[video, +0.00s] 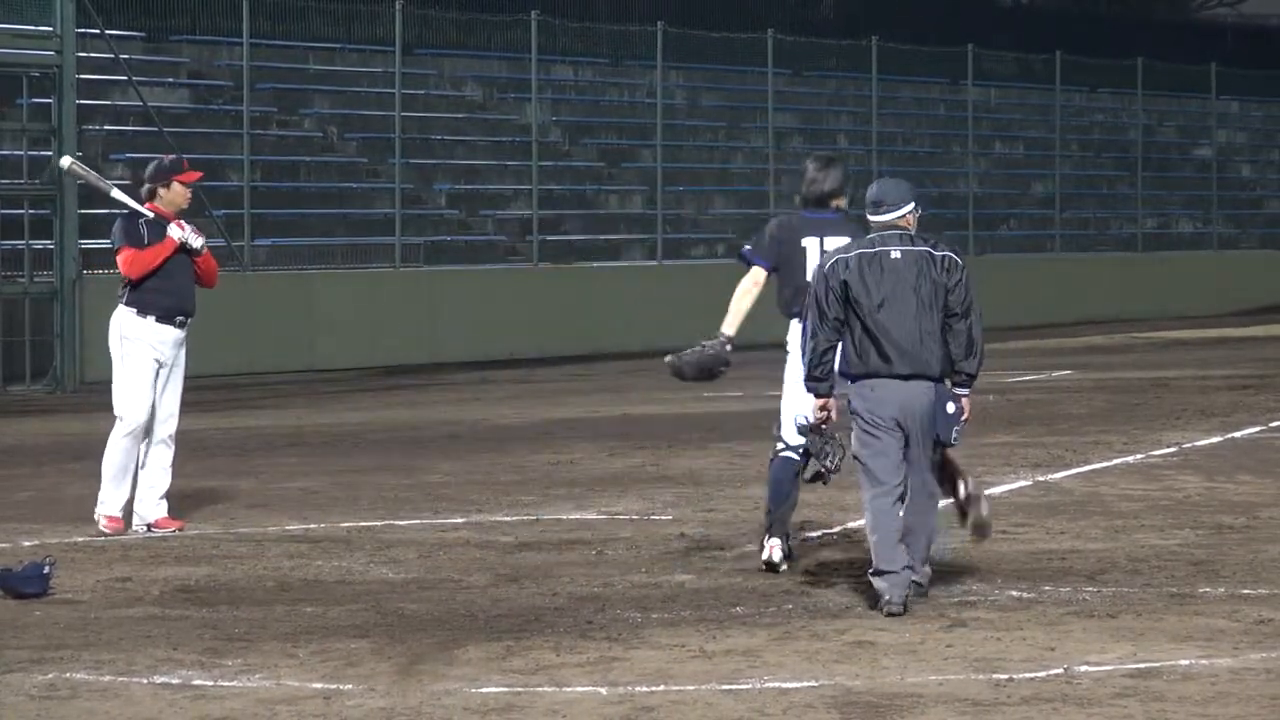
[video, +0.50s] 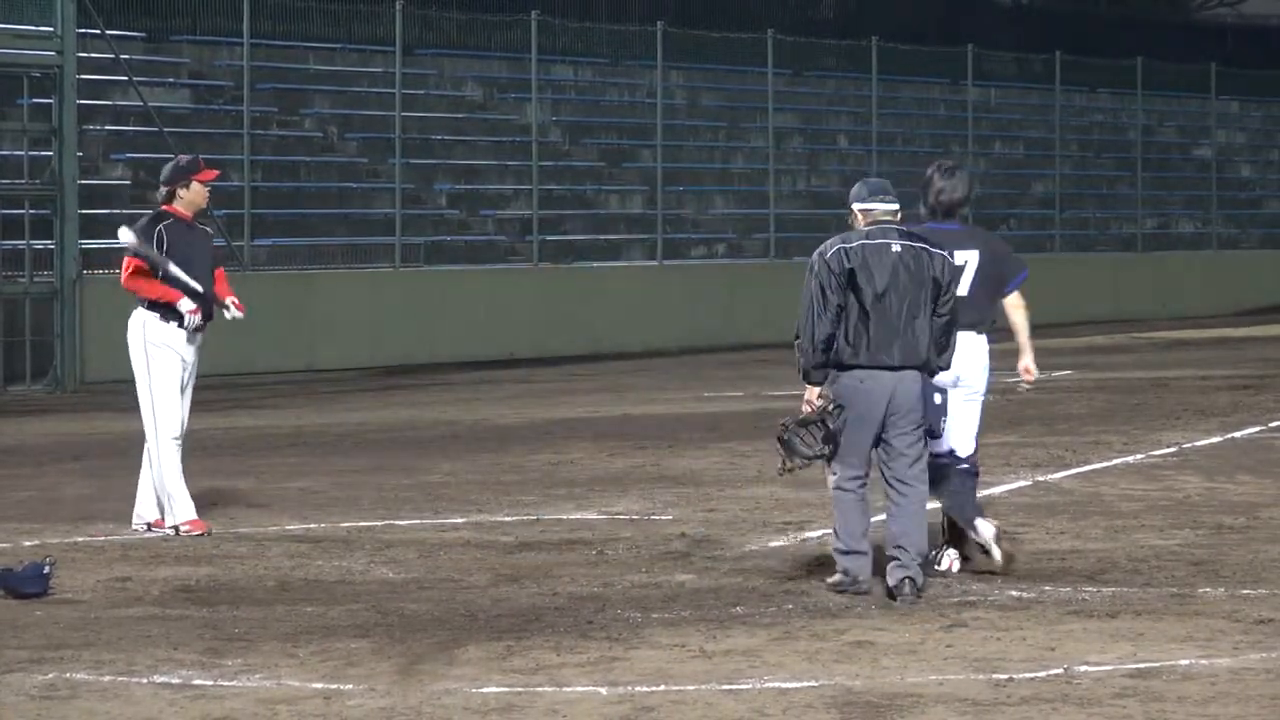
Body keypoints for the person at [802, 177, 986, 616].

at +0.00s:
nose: (917, 218)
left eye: (912, 213)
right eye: (915, 214)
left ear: (870, 217)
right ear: (910, 217)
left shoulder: (840, 265)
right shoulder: (944, 261)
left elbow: (822, 332)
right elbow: (962, 326)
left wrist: (820, 389)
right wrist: (963, 384)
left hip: (870, 392)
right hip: (926, 391)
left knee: (882, 489)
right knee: (922, 484)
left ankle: (892, 589)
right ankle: (915, 571)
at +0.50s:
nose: (853, 219)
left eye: (853, 214)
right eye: (857, 213)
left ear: (858, 215)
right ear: (897, 213)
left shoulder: (834, 254)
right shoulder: (930, 255)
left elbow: (818, 325)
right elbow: (944, 319)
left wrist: (814, 380)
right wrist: (928, 367)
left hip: (855, 382)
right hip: (910, 382)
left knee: (849, 477)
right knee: (907, 477)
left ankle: (853, 571)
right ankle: (907, 571)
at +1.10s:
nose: (794, 230)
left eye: (794, 225)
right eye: (795, 225)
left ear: (802, 222)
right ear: (837, 217)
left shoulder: (791, 256)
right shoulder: (882, 251)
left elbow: (787, 322)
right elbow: (899, 315)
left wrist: (784, 380)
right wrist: (895, 367)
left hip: (825, 377)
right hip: (877, 375)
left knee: (826, 473)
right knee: (864, 463)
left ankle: (839, 568)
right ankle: (868, 550)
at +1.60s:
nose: (759, 252)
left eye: (757, 244)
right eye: (755, 246)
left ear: (767, 235)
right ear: (791, 228)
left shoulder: (780, 260)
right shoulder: (832, 248)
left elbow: (799, 317)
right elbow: (853, 308)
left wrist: (794, 377)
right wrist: (866, 363)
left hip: (830, 369)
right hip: (864, 365)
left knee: (788, 453)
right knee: (845, 458)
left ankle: (816, 543)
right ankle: (852, 547)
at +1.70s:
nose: (749, 261)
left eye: (746, 252)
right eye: (744, 254)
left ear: (756, 240)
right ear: (773, 233)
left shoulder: (777, 265)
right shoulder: (813, 249)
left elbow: (800, 322)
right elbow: (833, 311)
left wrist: (792, 381)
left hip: (830, 370)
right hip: (859, 364)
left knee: (793, 461)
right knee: (843, 461)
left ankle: (793, 550)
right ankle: (852, 551)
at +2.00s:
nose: (708, 285)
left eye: (705, 276)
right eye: (704, 279)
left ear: (717, 262)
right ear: (726, 256)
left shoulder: (749, 283)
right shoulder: (762, 264)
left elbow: (780, 341)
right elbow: (773, 335)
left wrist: (776, 398)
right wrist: (762, 382)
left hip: (811, 375)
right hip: (826, 368)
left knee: (782, 457)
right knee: (796, 454)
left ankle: (782, 549)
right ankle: (816, 525)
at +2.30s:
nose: (685, 294)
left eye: (682, 286)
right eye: (681, 289)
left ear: (694, 272)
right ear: (699, 267)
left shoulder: (743, 282)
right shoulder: (720, 292)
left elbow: (769, 343)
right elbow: (736, 347)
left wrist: (763, 403)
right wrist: (734, 390)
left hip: (802, 369)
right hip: (776, 369)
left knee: (779, 456)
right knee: (758, 451)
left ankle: (782, 550)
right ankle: (752, 536)